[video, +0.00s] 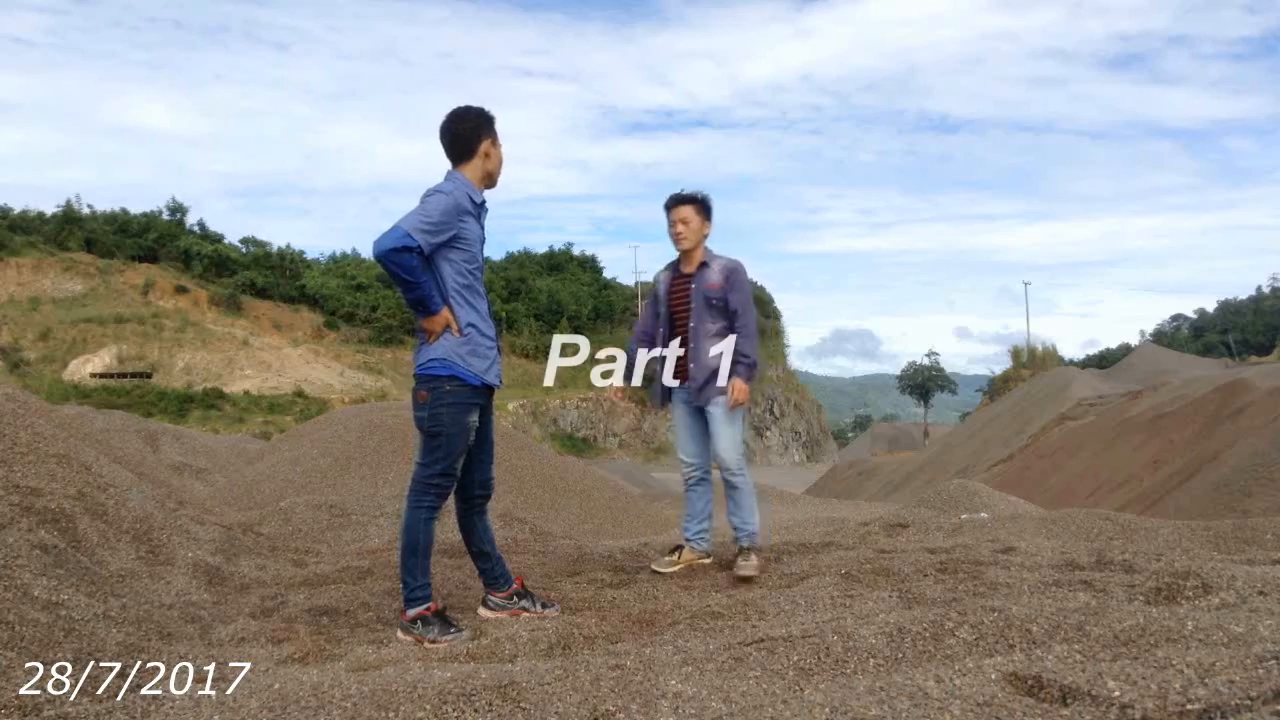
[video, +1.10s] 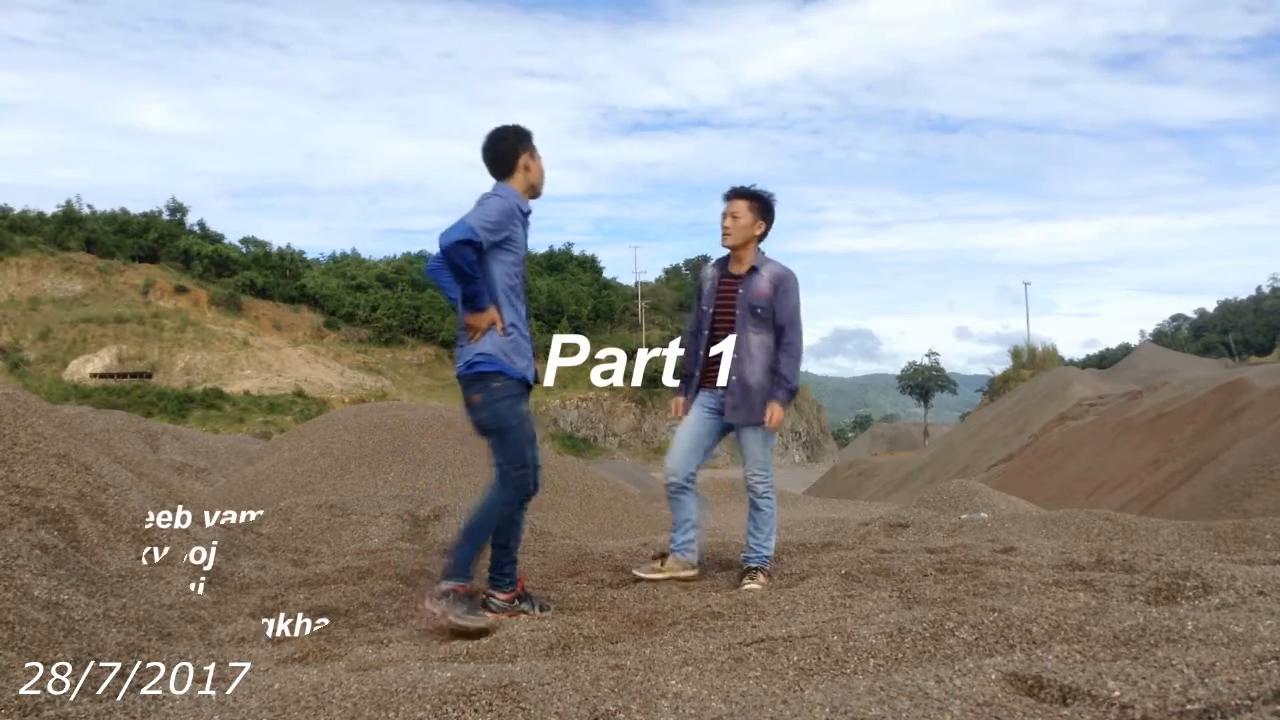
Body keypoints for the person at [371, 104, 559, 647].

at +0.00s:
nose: (502, 156)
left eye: (499, 145)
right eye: (499, 145)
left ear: (463, 150)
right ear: (486, 148)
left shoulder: (466, 204)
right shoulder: (450, 198)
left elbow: (419, 258)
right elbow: (393, 247)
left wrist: (453, 311)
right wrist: (432, 309)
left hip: (473, 376)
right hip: (448, 374)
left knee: (474, 494)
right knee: (430, 493)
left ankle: (501, 590)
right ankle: (418, 609)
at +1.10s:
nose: (543, 166)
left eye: (539, 158)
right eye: (538, 157)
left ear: (507, 167)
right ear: (525, 162)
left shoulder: (502, 211)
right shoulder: (504, 203)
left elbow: (438, 267)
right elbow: (452, 245)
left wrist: (472, 312)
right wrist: (476, 306)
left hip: (500, 370)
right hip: (493, 369)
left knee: (520, 479)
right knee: (517, 477)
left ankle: (504, 589)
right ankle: (453, 586)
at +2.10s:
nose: (555, 163)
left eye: (553, 153)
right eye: (553, 154)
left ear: (515, 157)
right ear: (540, 155)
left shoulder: (497, 204)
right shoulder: (515, 197)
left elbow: (465, 278)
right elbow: (506, 267)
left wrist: (531, 305)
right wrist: (566, 303)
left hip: (487, 366)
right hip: (507, 365)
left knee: (511, 479)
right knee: (552, 467)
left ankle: (502, 587)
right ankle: (517, 584)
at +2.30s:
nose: (509, 166)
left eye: (507, 157)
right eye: (506, 157)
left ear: (463, 157)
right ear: (491, 156)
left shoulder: (420, 216)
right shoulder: (494, 206)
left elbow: (410, 292)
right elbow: (528, 283)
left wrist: (459, 294)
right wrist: (569, 308)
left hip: (458, 378)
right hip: (496, 373)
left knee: (498, 485)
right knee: (529, 482)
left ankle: (504, 593)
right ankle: (453, 586)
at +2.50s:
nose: (465, 168)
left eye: (460, 159)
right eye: (461, 160)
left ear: (413, 170)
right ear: (450, 165)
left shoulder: (378, 229)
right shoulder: (474, 221)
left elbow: (360, 313)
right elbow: (519, 293)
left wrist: (397, 330)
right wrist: (545, 320)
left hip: (403, 395)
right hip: (462, 393)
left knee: (456, 481)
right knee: (467, 504)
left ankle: (473, 587)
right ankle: (431, 619)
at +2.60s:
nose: (442, 162)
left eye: (437, 153)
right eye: (439, 153)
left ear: (390, 159)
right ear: (429, 156)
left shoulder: (352, 220)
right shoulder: (452, 211)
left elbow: (338, 301)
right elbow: (488, 293)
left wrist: (356, 354)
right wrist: (513, 339)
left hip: (385, 386)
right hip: (446, 382)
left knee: (413, 467)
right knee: (450, 496)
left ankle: (404, 577)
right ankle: (431, 618)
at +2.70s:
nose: (419, 155)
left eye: (414, 146)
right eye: (416, 146)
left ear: (369, 153)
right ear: (405, 149)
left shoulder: (332, 213)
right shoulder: (432, 205)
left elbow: (314, 290)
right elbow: (457, 286)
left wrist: (336, 358)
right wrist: (476, 344)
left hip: (365, 380)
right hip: (426, 378)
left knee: (373, 478)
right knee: (440, 495)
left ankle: (334, 572)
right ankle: (432, 615)